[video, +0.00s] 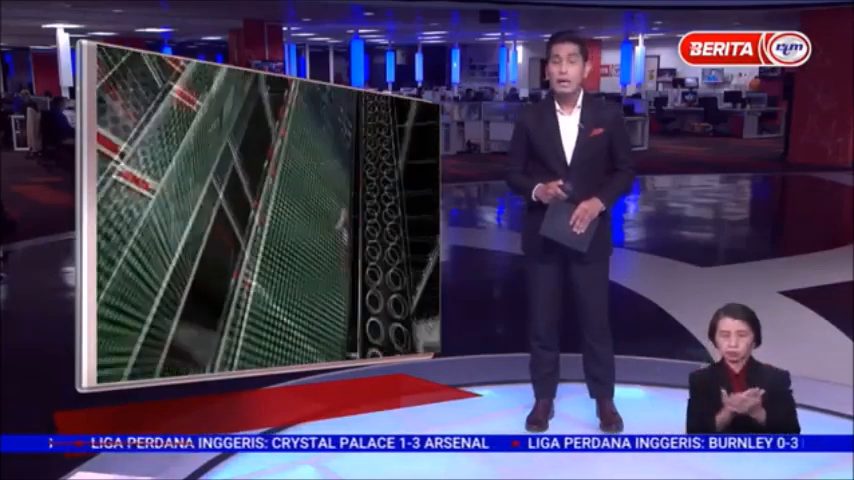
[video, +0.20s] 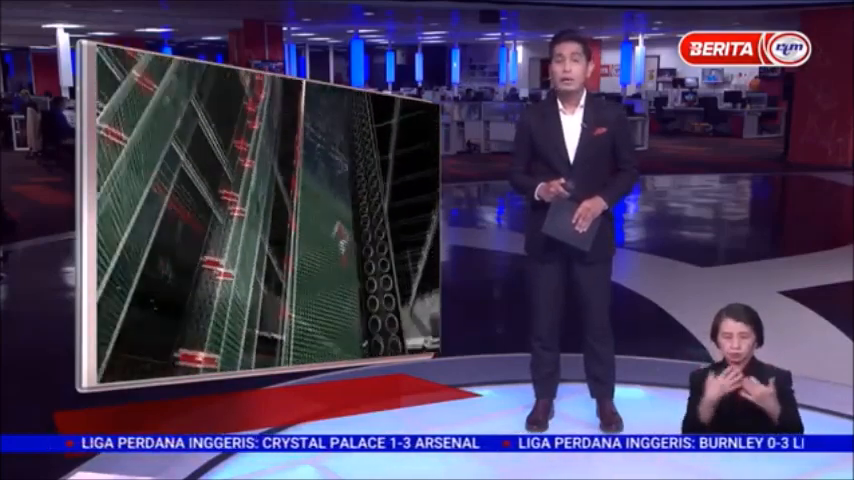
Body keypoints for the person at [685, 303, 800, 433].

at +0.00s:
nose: (733, 343)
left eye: (742, 335)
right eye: (725, 335)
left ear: (755, 340)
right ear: (714, 340)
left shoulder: (776, 379)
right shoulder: (701, 380)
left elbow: (791, 432)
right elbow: (695, 434)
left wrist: (757, 413)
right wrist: (728, 411)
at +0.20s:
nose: (735, 345)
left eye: (744, 337)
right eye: (727, 337)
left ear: (756, 341)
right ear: (717, 341)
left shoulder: (777, 379)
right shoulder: (702, 378)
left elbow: (796, 434)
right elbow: (690, 435)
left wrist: (771, 407)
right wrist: (710, 399)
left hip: (765, 462)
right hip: (714, 462)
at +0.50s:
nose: (737, 344)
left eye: (745, 336)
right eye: (729, 336)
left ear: (758, 340)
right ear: (719, 340)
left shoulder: (779, 379)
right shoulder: (702, 379)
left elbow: (801, 430)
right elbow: (680, 433)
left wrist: (772, 422)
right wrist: (701, 414)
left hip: (767, 465)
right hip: (712, 464)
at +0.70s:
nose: (736, 347)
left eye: (744, 338)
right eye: (728, 338)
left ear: (758, 341)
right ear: (718, 341)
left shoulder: (779, 380)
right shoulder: (704, 379)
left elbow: (795, 434)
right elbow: (683, 431)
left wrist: (774, 436)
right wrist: (703, 415)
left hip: (763, 464)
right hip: (712, 462)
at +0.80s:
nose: (735, 349)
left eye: (744, 340)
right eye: (728, 340)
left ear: (757, 342)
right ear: (718, 342)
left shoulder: (777, 380)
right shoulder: (704, 377)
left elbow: (792, 432)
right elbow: (685, 425)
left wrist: (770, 428)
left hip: (762, 462)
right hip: (715, 460)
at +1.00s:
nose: (735, 350)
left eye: (743, 341)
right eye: (728, 341)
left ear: (757, 343)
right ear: (718, 343)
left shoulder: (777, 379)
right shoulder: (704, 377)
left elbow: (789, 430)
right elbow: (685, 421)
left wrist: (770, 421)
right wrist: (712, 386)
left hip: (762, 462)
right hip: (714, 460)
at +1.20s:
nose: (735, 349)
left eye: (744, 341)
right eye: (728, 341)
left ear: (757, 343)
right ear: (718, 343)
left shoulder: (777, 380)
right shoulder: (704, 378)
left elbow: (789, 434)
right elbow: (685, 427)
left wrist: (762, 428)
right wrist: (723, 422)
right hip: (714, 462)